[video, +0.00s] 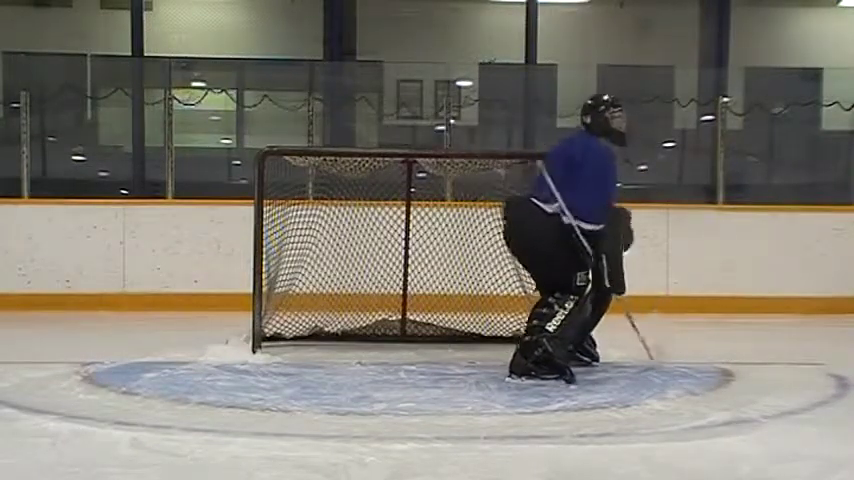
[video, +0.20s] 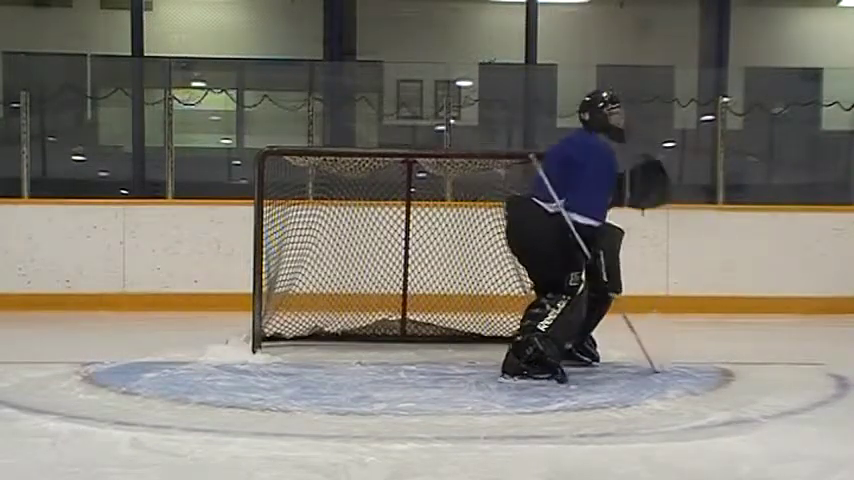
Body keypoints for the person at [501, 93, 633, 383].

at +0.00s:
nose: (622, 121)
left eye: (621, 115)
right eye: (616, 116)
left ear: (593, 120)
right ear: (599, 119)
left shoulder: (574, 143)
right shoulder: (598, 152)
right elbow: (591, 215)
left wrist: (613, 219)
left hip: (524, 218)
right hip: (544, 226)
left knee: (558, 288)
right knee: (585, 287)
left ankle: (535, 348)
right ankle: (539, 353)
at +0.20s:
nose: (621, 119)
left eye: (620, 112)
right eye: (615, 113)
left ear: (591, 118)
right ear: (600, 117)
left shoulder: (574, 143)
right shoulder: (600, 153)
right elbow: (586, 215)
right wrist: (590, 253)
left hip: (526, 216)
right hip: (543, 222)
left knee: (554, 289)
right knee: (570, 289)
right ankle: (529, 353)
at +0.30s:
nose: (621, 118)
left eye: (620, 111)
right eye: (615, 113)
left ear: (589, 117)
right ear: (600, 116)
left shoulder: (575, 142)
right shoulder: (601, 152)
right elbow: (581, 216)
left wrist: (620, 184)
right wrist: (589, 265)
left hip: (525, 213)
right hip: (544, 220)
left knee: (551, 288)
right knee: (569, 290)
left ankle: (527, 347)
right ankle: (526, 353)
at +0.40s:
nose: (622, 118)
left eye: (621, 111)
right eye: (616, 113)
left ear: (590, 117)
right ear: (601, 116)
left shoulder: (574, 142)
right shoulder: (601, 150)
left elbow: (586, 191)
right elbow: (583, 215)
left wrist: (621, 182)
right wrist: (584, 261)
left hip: (524, 214)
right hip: (545, 221)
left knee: (549, 289)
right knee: (567, 293)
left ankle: (522, 345)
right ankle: (522, 352)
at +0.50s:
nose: (625, 118)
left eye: (624, 112)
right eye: (619, 113)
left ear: (593, 117)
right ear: (603, 117)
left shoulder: (576, 141)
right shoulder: (603, 150)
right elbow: (582, 215)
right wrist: (588, 260)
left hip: (525, 213)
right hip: (545, 221)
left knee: (548, 288)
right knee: (567, 291)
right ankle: (519, 352)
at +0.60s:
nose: (627, 119)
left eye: (626, 113)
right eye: (621, 113)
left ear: (595, 117)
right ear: (605, 117)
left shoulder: (575, 141)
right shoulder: (607, 151)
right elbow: (582, 214)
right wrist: (588, 264)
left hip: (527, 212)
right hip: (545, 219)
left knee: (546, 289)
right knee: (564, 294)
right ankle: (512, 354)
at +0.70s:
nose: (628, 120)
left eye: (627, 113)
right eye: (622, 113)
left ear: (596, 116)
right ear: (606, 116)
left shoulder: (574, 140)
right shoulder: (606, 151)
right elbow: (582, 211)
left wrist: (618, 187)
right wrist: (589, 262)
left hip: (526, 212)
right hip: (549, 221)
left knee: (546, 289)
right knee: (569, 292)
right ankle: (508, 355)